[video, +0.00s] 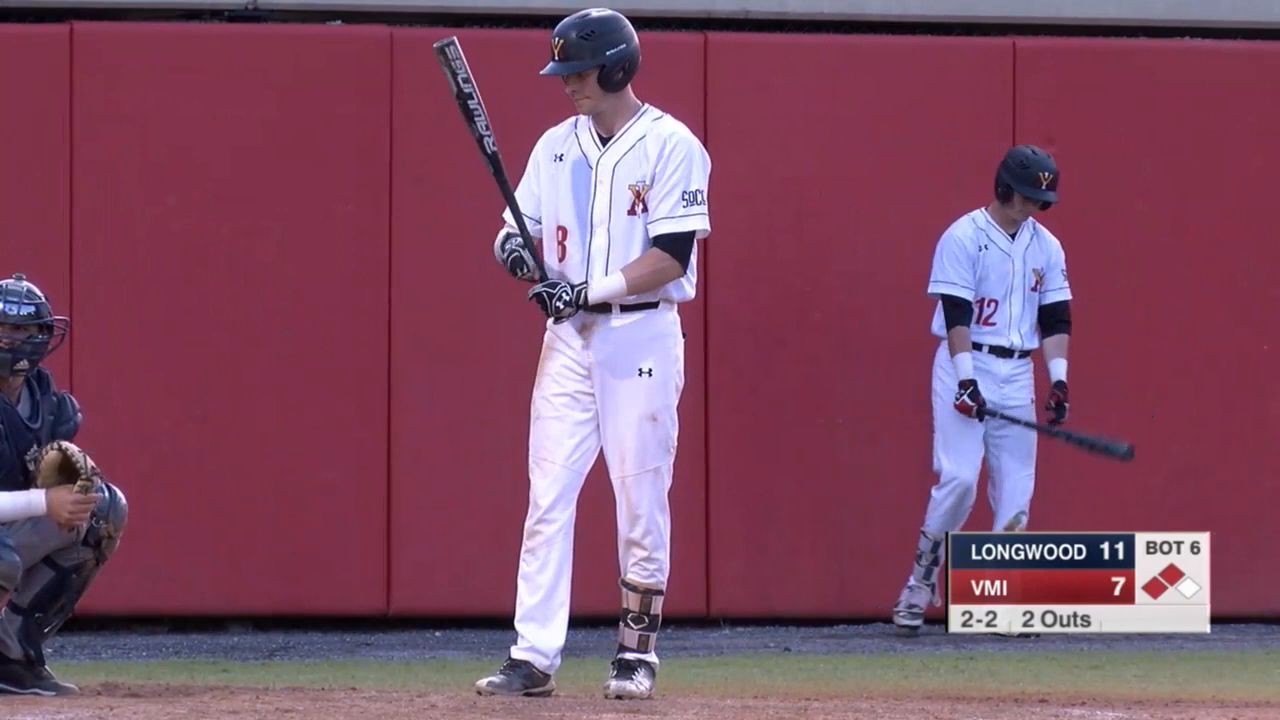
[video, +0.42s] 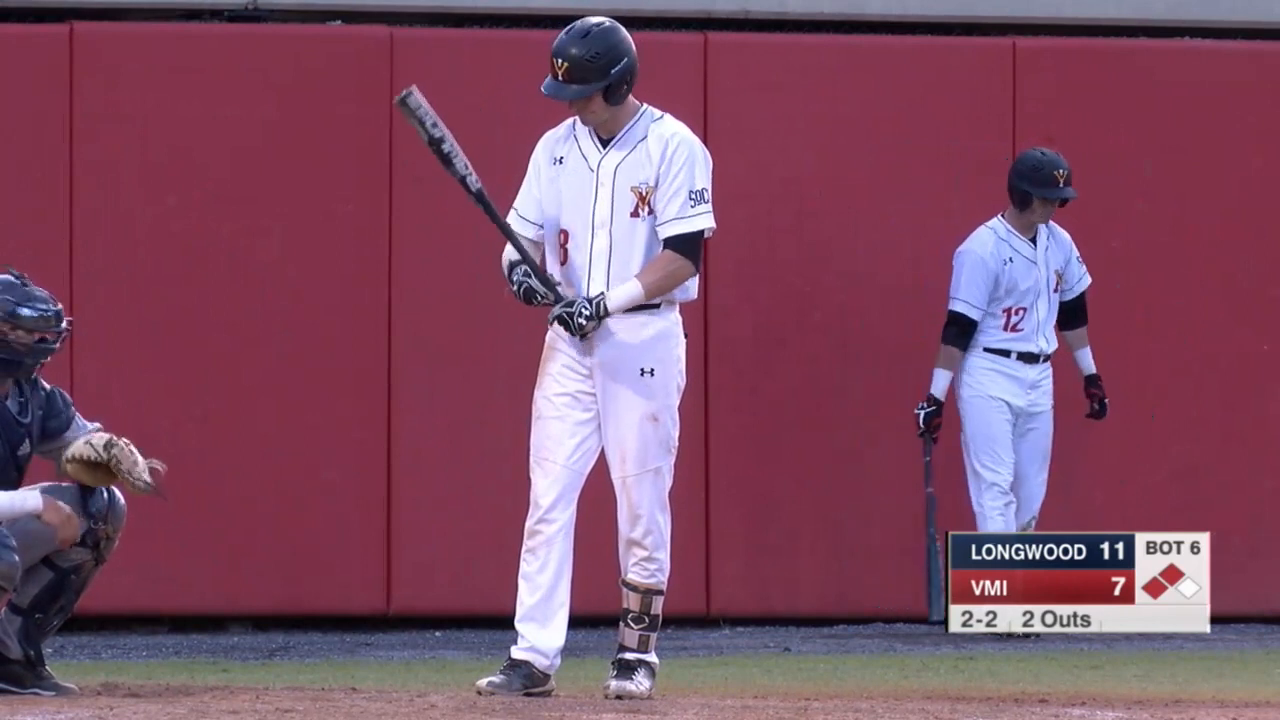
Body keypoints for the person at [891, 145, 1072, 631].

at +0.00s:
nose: (1034, 210)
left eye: (1041, 202)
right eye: (1029, 199)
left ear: (1043, 199)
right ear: (1005, 190)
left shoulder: (1047, 247)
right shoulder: (963, 236)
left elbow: (1055, 320)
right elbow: (956, 313)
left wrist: (1058, 383)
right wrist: (965, 380)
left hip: (1018, 375)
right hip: (965, 368)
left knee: (1016, 495)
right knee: (960, 479)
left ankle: (1004, 606)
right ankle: (920, 585)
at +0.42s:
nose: (1055, 208)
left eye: (1059, 200)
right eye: (1049, 200)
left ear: (1059, 199)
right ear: (1024, 195)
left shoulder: (1059, 242)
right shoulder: (981, 249)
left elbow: (1073, 313)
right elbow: (958, 328)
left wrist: (1090, 375)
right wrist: (935, 397)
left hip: (1039, 376)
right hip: (987, 372)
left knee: (1029, 494)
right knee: (996, 488)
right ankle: (997, 586)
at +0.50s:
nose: (1060, 200)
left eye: (1060, 192)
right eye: (1054, 193)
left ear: (1036, 194)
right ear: (1026, 195)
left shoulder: (1057, 241)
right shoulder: (981, 253)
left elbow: (1071, 315)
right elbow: (956, 335)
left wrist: (1090, 371)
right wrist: (931, 400)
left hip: (1046, 378)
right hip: (996, 377)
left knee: (1033, 500)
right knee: (1005, 496)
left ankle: (997, 604)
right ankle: (1010, 610)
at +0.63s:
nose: (1055, 195)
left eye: (1055, 187)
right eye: (1048, 189)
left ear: (1035, 192)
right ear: (1022, 193)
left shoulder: (1053, 234)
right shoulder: (980, 256)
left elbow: (1068, 308)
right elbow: (957, 338)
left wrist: (1089, 365)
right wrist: (935, 404)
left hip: (1052, 378)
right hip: (1003, 377)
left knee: (1039, 499)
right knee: (1015, 498)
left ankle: (1001, 606)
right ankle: (1007, 612)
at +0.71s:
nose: (1053, 192)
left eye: (1052, 184)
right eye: (1045, 186)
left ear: (1028, 190)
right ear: (1019, 191)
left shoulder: (1052, 230)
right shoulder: (979, 255)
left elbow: (1067, 303)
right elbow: (958, 339)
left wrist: (1089, 358)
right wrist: (939, 406)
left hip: (1055, 376)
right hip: (1006, 377)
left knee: (1043, 499)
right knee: (1016, 498)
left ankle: (995, 601)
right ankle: (1008, 612)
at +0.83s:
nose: (1050, 191)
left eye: (1049, 184)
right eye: (1042, 185)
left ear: (1026, 190)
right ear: (1016, 192)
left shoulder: (1051, 228)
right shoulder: (976, 258)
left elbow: (1069, 295)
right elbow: (961, 343)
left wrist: (1096, 345)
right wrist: (952, 411)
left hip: (1058, 375)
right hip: (1009, 378)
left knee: (1052, 503)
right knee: (1016, 502)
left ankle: (991, 587)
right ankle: (1013, 612)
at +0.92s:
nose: (1048, 194)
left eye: (1047, 186)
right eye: (1041, 187)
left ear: (1027, 191)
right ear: (1014, 193)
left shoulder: (1052, 228)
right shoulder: (975, 259)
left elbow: (1069, 292)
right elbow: (962, 344)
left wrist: (1099, 338)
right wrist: (958, 413)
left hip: (1059, 374)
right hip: (1010, 378)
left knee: (1059, 495)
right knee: (1018, 496)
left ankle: (1001, 579)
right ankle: (1011, 608)